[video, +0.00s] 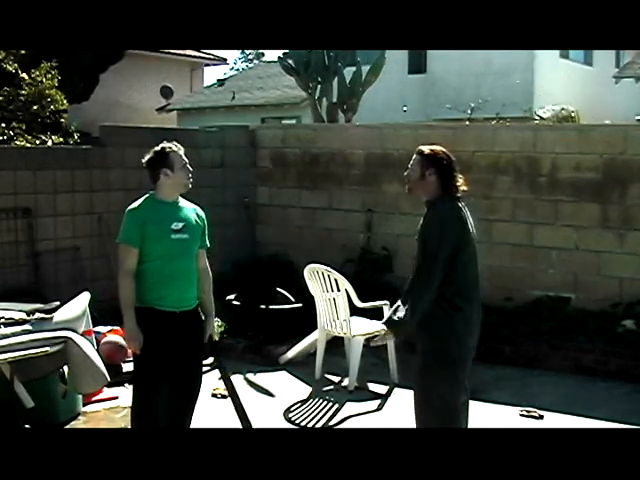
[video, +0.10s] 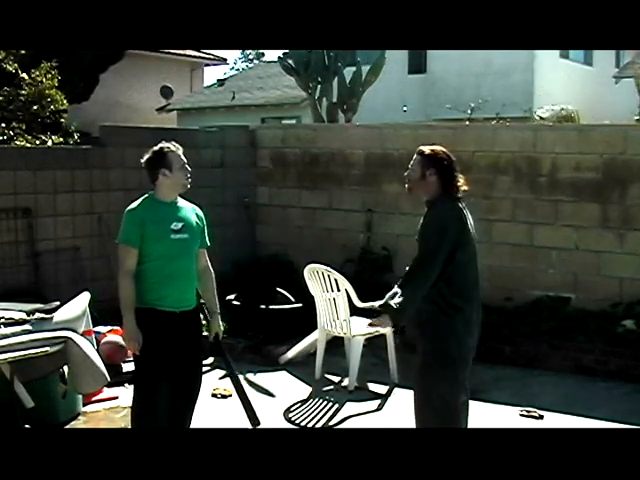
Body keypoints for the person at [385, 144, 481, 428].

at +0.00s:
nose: (406, 176)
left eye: (411, 171)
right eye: (408, 169)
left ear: (430, 176)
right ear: (432, 177)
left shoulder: (442, 216)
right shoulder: (448, 210)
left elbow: (428, 276)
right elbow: (425, 274)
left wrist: (401, 322)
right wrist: (401, 308)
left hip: (447, 327)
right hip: (452, 323)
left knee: (435, 403)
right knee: (446, 400)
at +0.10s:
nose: (406, 177)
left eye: (412, 171)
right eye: (408, 170)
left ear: (431, 176)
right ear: (431, 176)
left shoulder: (444, 214)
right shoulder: (442, 210)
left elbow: (426, 271)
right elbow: (422, 265)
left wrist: (393, 314)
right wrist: (392, 299)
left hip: (448, 326)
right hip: (446, 322)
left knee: (437, 400)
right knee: (441, 398)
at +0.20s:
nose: (407, 177)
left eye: (413, 171)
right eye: (408, 170)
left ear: (431, 176)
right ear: (431, 176)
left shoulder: (443, 214)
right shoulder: (447, 210)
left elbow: (427, 272)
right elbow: (426, 270)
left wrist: (391, 306)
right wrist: (393, 300)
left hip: (446, 326)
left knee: (434, 400)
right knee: (444, 398)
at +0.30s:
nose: (407, 177)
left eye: (413, 171)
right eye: (409, 170)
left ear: (432, 177)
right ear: (433, 177)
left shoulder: (443, 217)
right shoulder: (449, 212)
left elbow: (430, 281)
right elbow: (432, 276)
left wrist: (390, 314)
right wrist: (398, 300)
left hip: (444, 328)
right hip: (452, 324)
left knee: (434, 401)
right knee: (446, 398)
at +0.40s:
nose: (409, 179)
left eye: (415, 172)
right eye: (411, 171)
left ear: (434, 177)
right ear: (434, 177)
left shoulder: (444, 219)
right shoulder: (446, 215)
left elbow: (435, 288)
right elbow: (433, 285)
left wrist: (399, 330)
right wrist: (401, 325)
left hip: (443, 331)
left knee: (432, 405)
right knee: (445, 401)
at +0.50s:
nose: (409, 173)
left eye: (415, 168)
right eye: (413, 167)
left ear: (434, 178)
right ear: (435, 179)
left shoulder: (440, 221)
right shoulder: (454, 216)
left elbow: (433, 291)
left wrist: (421, 350)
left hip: (437, 346)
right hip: (451, 341)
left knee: (428, 414)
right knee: (447, 407)